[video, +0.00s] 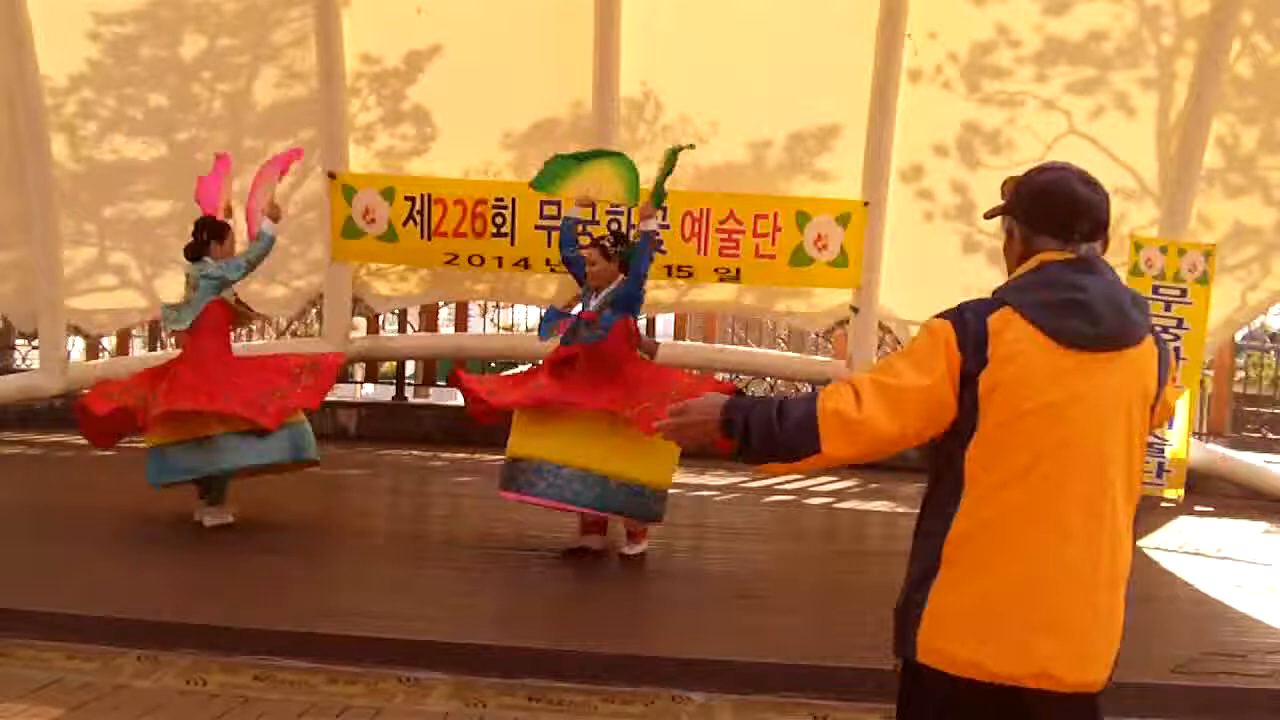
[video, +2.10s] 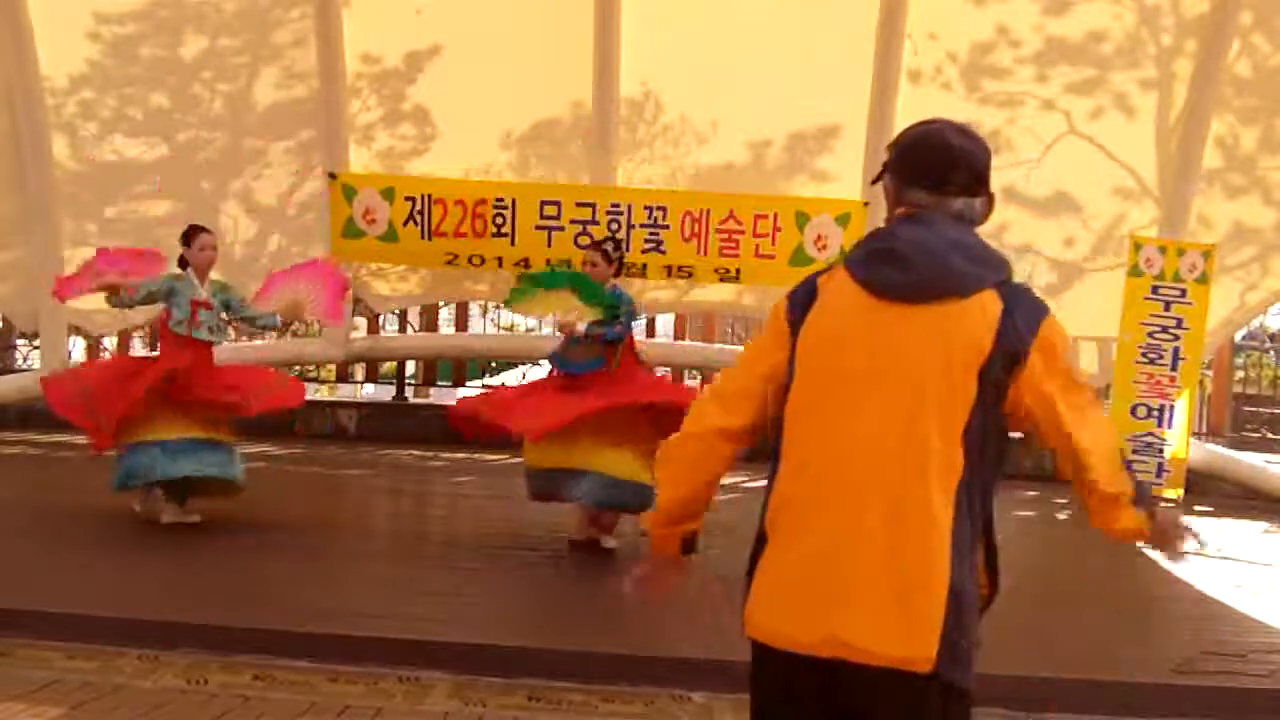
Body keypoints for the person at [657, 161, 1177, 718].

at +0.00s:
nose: (1002, 241)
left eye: (1003, 227)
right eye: (1005, 225)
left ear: (1015, 237)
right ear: (1100, 245)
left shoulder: (977, 330)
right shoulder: (1147, 350)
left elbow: (859, 414)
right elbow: (1151, 425)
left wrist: (733, 419)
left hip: (963, 644)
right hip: (1077, 657)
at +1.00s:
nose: (964, 233)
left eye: (965, 218)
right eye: (964, 216)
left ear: (979, 225)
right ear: (1059, 229)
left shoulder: (940, 329)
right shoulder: (1116, 335)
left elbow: (852, 438)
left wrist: (778, 495)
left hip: (936, 647)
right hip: (1056, 655)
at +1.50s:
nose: (906, 222)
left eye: (907, 211)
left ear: (913, 219)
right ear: (1008, 224)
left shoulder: (867, 328)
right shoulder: (1062, 326)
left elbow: (774, 475)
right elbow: (1127, 363)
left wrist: (758, 504)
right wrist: (1099, 305)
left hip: (888, 656)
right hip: (1012, 659)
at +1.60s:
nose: (893, 219)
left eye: (892, 208)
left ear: (899, 212)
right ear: (991, 217)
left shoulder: (858, 321)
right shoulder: (1057, 331)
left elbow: (765, 452)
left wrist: (725, 494)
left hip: (869, 646)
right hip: (990, 649)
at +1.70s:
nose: (893, 212)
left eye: (894, 199)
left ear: (901, 203)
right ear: (995, 206)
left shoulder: (855, 308)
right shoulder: (1059, 333)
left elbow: (761, 434)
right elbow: (1091, 501)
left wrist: (698, 502)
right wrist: (1034, 450)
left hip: (851, 632)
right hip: (969, 642)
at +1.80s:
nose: (898, 200)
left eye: (900, 187)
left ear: (908, 195)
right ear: (1001, 203)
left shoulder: (852, 300)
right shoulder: (1055, 333)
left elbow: (772, 422)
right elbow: (1068, 472)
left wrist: (720, 515)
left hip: (843, 621)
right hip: (963, 631)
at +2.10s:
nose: (888, 203)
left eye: (887, 192)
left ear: (890, 196)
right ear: (981, 211)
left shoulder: (814, 298)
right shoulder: (1014, 320)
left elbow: (716, 420)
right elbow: (1086, 444)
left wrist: (668, 531)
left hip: (786, 632)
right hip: (912, 644)